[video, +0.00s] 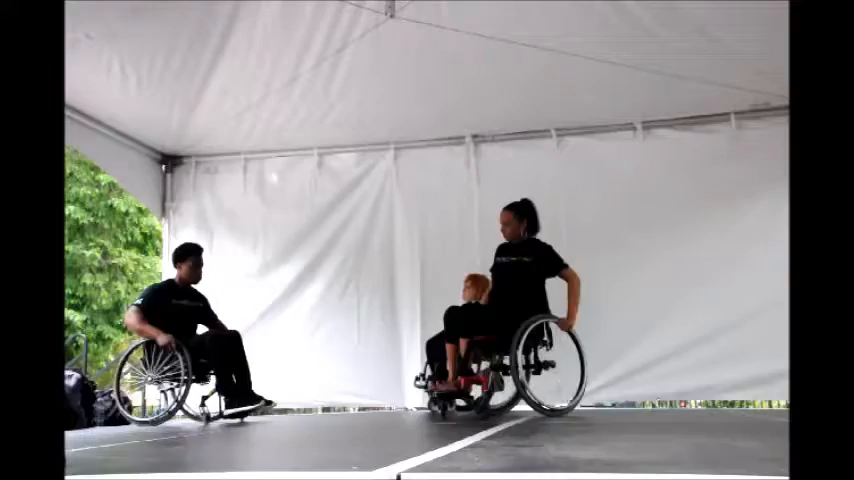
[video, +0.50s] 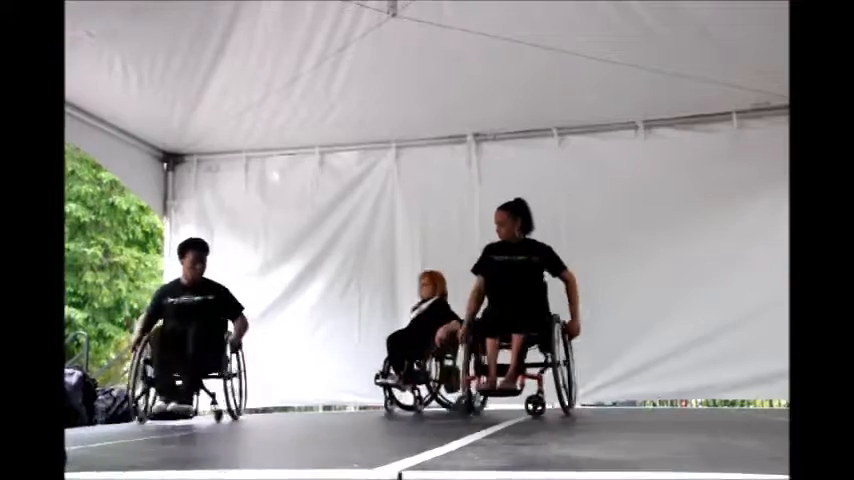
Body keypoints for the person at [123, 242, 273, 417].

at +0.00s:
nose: (200, 270)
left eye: (201, 265)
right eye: (195, 265)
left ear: (200, 266)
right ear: (179, 266)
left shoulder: (198, 300)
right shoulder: (158, 292)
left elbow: (219, 329)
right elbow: (131, 319)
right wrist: (158, 335)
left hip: (187, 356)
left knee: (232, 338)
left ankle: (245, 395)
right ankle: (231, 398)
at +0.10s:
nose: (201, 270)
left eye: (202, 265)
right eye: (196, 265)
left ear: (202, 266)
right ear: (180, 266)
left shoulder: (201, 298)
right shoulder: (158, 291)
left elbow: (221, 326)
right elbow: (130, 318)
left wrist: (234, 342)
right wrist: (154, 334)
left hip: (189, 354)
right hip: (161, 358)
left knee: (231, 337)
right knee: (211, 345)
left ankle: (244, 394)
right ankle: (231, 398)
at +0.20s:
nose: (203, 270)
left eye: (205, 265)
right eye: (198, 265)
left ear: (207, 265)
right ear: (184, 264)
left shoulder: (209, 297)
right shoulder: (160, 293)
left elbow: (232, 325)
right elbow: (131, 317)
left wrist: (247, 348)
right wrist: (141, 333)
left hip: (199, 356)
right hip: (166, 360)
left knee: (231, 338)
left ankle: (238, 400)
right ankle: (218, 402)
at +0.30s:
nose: (204, 270)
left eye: (206, 265)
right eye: (199, 265)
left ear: (208, 265)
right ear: (184, 263)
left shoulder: (212, 295)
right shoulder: (162, 293)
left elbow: (235, 322)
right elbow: (134, 318)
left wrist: (245, 343)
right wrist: (139, 334)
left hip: (205, 351)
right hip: (172, 353)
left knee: (224, 336)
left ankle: (225, 399)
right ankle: (205, 398)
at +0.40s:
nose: (203, 268)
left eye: (205, 263)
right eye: (198, 263)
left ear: (208, 264)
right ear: (184, 262)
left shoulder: (216, 294)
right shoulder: (164, 293)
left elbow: (239, 322)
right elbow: (140, 317)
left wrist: (243, 341)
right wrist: (140, 333)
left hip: (207, 355)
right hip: (176, 356)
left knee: (216, 340)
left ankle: (211, 400)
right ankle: (190, 399)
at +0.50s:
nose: (200, 266)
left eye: (203, 262)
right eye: (195, 261)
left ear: (206, 262)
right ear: (182, 261)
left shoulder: (217, 292)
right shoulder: (166, 292)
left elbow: (241, 321)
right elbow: (148, 318)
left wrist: (236, 338)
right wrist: (138, 338)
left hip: (208, 352)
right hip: (177, 352)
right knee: (158, 336)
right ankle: (165, 399)